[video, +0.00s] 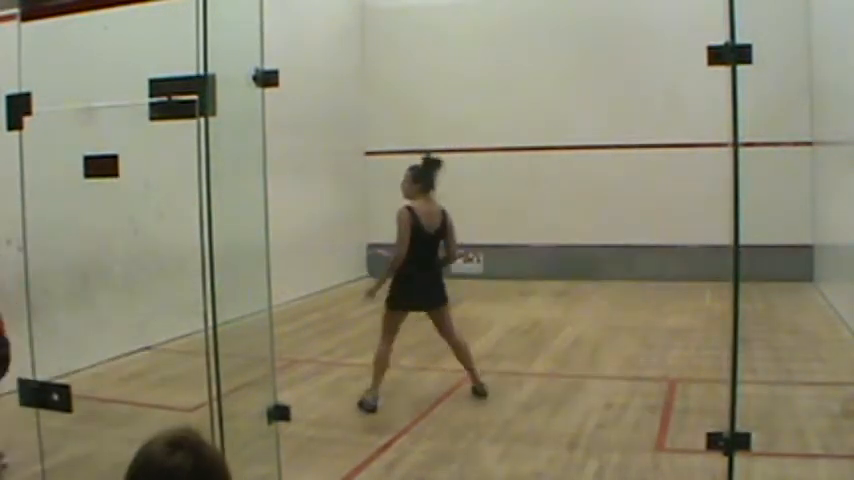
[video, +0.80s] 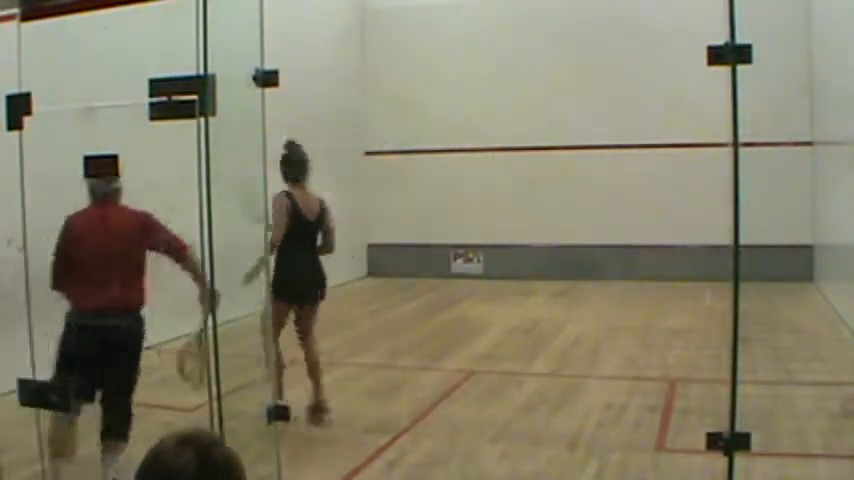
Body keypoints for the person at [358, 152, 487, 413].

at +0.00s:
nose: (402, 186)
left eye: (405, 182)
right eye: (403, 181)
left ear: (416, 185)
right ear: (427, 186)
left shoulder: (407, 213)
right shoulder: (442, 213)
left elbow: (400, 254)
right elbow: (451, 255)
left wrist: (378, 284)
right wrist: (432, 264)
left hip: (405, 283)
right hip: (432, 283)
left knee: (387, 339)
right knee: (451, 335)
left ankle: (372, 394)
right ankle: (478, 383)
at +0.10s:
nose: (385, 187)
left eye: (388, 183)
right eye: (386, 182)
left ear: (398, 186)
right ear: (411, 187)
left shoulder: (386, 214)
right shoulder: (425, 215)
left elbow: (379, 254)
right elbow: (435, 256)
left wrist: (357, 282)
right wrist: (415, 268)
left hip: (387, 285)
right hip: (415, 283)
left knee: (375, 344)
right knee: (437, 336)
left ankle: (370, 396)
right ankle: (467, 383)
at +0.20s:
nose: (377, 181)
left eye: (378, 177)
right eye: (379, 177)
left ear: (382, 178)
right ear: (402, 179)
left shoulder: (372, 206)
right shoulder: (413, 208)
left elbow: (362, 246)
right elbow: (426, 247)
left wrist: (336, 273)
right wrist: (406, 259)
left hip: (375, 281)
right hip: (404, 279)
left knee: (370, 343)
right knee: (424, 336)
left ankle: (370, 395)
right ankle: (443, 386)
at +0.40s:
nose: (374, 181)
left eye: (367, 176)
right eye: (378, 176)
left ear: (362, 179)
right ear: (384, 178)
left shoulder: (353, 207)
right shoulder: (398, 207)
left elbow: (337, 246)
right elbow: (412, 247)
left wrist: (313, 274)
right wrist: (393, 256)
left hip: (361, 282)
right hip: (392, 281)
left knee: (345, 335)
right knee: (406, 337)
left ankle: (335, 390)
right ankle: (421, 394)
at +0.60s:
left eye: (334, 190)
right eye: (347, 189)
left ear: (331, 193)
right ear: (354, 191)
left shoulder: (322, 223)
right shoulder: (366, 224)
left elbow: (308, 263)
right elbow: (381, 263)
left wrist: (295, 290)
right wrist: (363, 274)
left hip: (328, 298)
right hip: (358, 296)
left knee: (309, 349)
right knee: (388, 350)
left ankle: (302, 403)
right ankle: (418, 399)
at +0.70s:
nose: (312, 184)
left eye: (309, 180)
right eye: (320, 180)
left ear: (307, 183)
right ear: (330, 182)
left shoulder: (301, 210)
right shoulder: (342, 214)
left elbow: (290, 249)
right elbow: (357, 254)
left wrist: (278, 274)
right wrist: (335, 263)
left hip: (303, 287)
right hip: (332, 285)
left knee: (289, 345)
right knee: (353, 343)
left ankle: (297, 402)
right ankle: (382, 397)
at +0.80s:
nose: (285, 174)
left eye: (284, 170)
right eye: (291, 170)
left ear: (283, 173)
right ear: (306, 171)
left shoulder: (282, 200)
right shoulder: (318, 203)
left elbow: (277, 238)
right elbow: (329, 246)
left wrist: (260, 262)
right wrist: (306, 252)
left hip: (287, 274)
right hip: (313, 274)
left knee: (271, 336)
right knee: (307, 336)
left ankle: (278, 399)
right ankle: (318, 398)